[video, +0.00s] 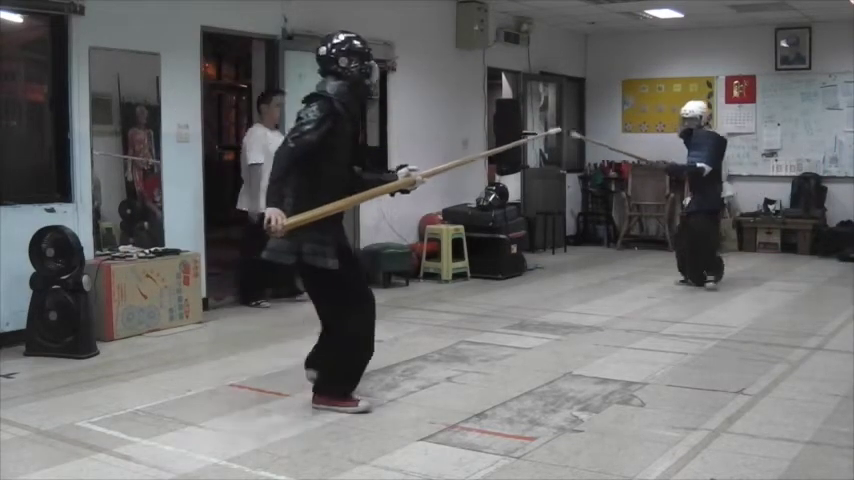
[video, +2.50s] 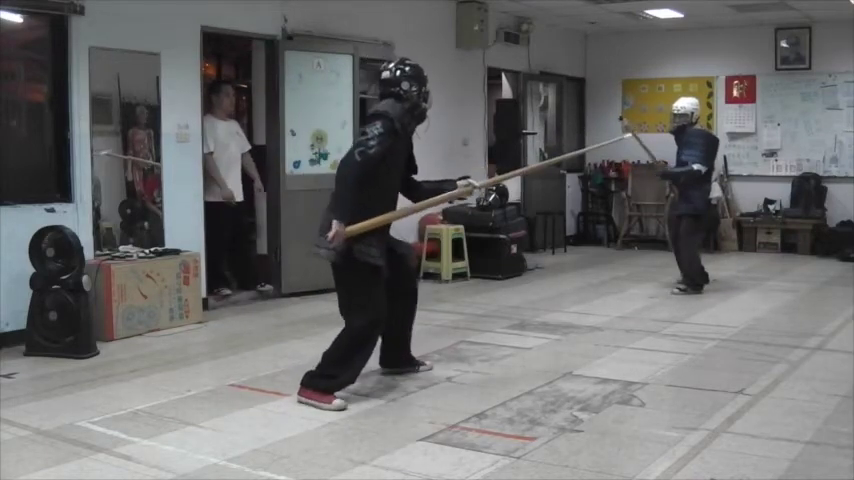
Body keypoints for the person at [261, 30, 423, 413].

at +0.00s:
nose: (368, 69)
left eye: (367, 62)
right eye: (360, 62)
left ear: (345, 64)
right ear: (341, 63)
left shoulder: (346, 108)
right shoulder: (322, 104)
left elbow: (348, 175)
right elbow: (288, 152)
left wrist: (394, 180)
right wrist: (275, 204)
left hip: (327, 224)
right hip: (311, 226)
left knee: (348, 300)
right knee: (355, 306)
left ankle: (322, 365)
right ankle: (332, 392)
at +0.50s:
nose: (431, 101)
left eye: (430, 94)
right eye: (425, 95)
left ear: (403, 97)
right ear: (409, 97)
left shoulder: (412, 137)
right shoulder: (389, 136)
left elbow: (429, 188)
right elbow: (356, 171)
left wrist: (469, 189)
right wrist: (364, 224)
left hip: (387, 238)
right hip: (365, 240)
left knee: (414, 286)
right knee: (376, 314)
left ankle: (423, 353)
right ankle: (335, 389)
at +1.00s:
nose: (441, 103)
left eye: (441, 96)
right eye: (436, 96)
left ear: (412, 97)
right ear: (422, 97)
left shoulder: (416, 134)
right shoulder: (401, 133)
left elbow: (413, 188)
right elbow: (374, 172)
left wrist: (449, 186)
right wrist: (367, 216)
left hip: (399, 233)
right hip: (382, 234)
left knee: (427, 281)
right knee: (384, 313)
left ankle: (429, 350)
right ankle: (325, 378)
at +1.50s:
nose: (406, 85)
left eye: (405, 77)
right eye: (400, 77)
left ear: (376, 79)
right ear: (384, 78)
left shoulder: (384, 120)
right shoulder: (361, 116)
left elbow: (399, 176)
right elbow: (327, 156)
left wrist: (447, 182)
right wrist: (311, 210)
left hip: (352, 226)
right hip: (329, 227)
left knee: (374, 284)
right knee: (350, 302)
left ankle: (369, 360)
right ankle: (315, 386)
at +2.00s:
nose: (408, 83)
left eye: (407, 75)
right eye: (402, 76)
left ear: (380, 77)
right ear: (387, 78)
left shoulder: (381, 121)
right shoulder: (363, 116)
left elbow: (388, 182)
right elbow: (330, 158)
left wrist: (424, 178)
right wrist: (323, 208)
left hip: (359, 230)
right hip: (336, 230)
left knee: (381, 286)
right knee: (354, 306)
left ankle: (370, 362)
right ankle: (314, 387)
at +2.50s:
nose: (426, 98)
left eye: (425, 91)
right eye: (421, 91)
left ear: (398, 91)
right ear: (408, 92)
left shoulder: (400, 132)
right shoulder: (384, 127)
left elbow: (413, 190)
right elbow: (349, 166)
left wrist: (457, 187)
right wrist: (341, 217)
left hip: (375, 234)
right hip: (352, 236)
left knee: (405, 272)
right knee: (368, 317)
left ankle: (397, 358)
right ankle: (317, 386)